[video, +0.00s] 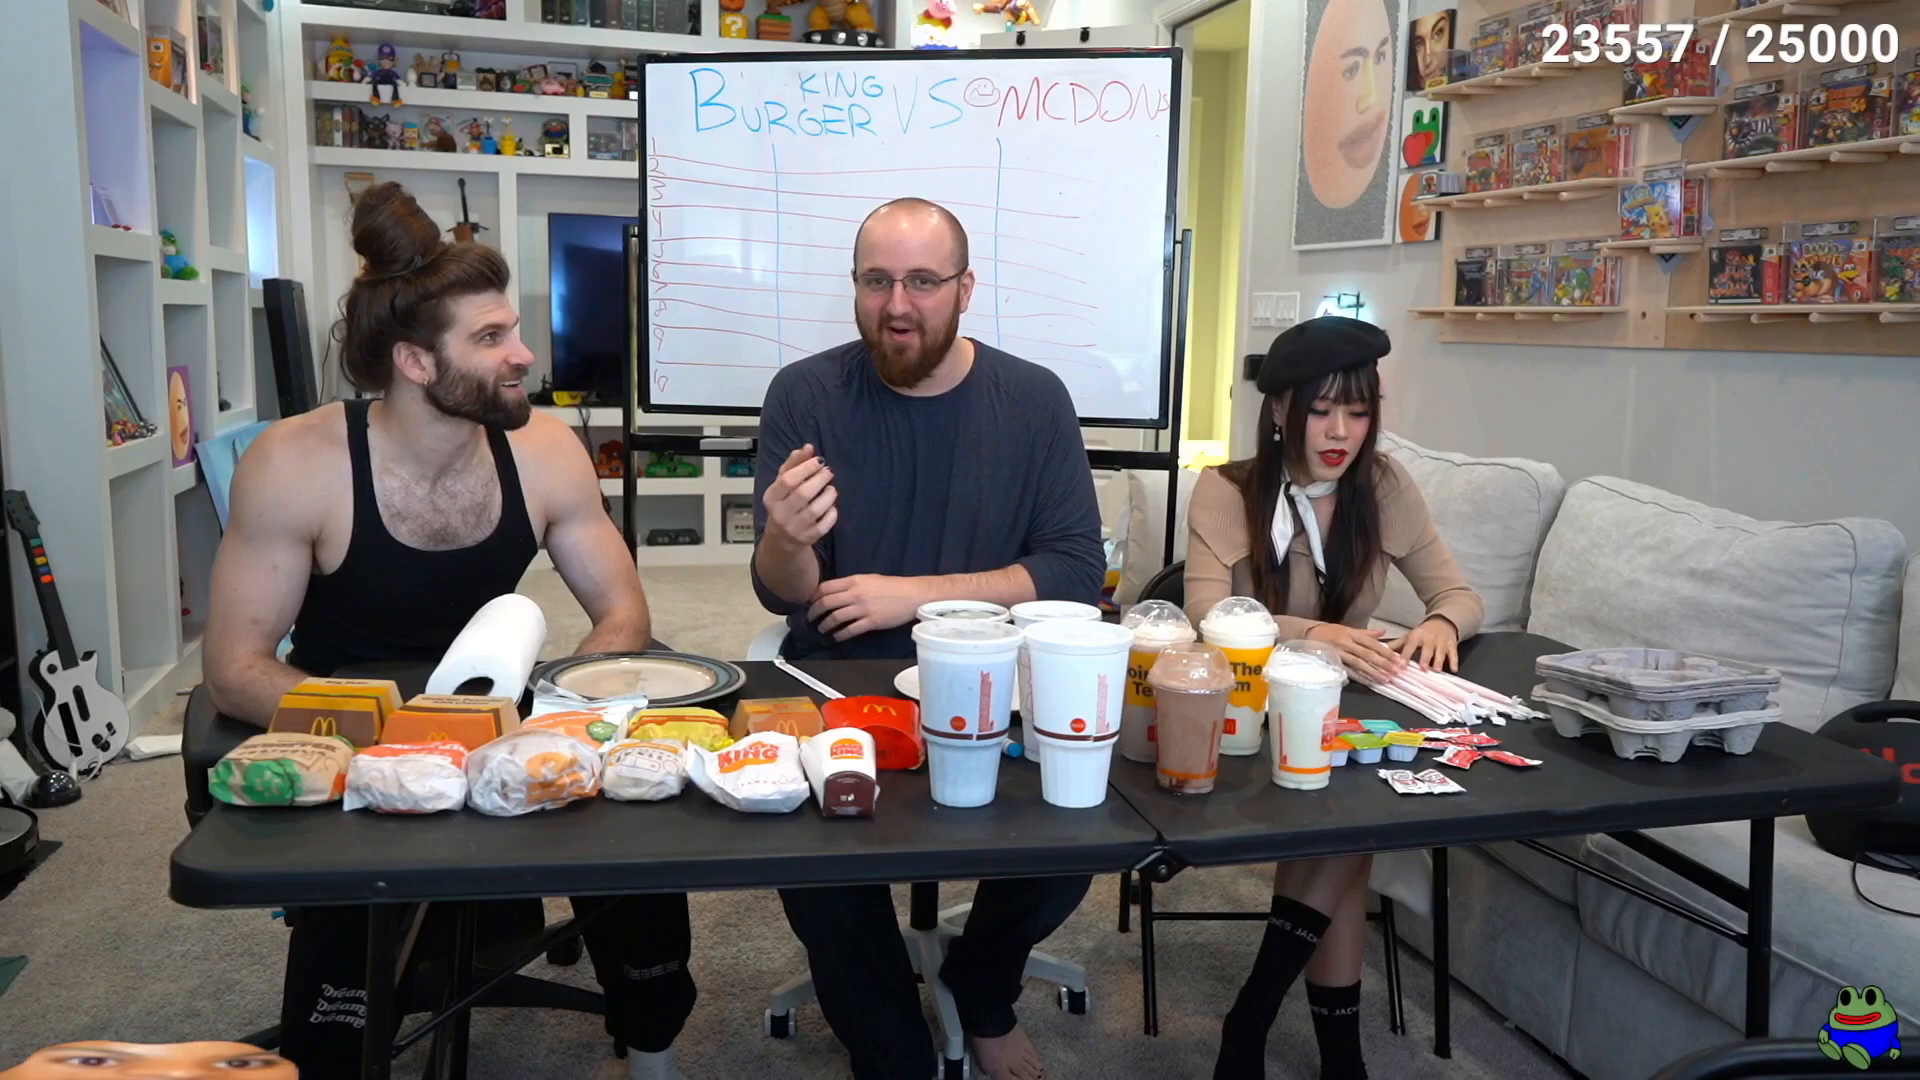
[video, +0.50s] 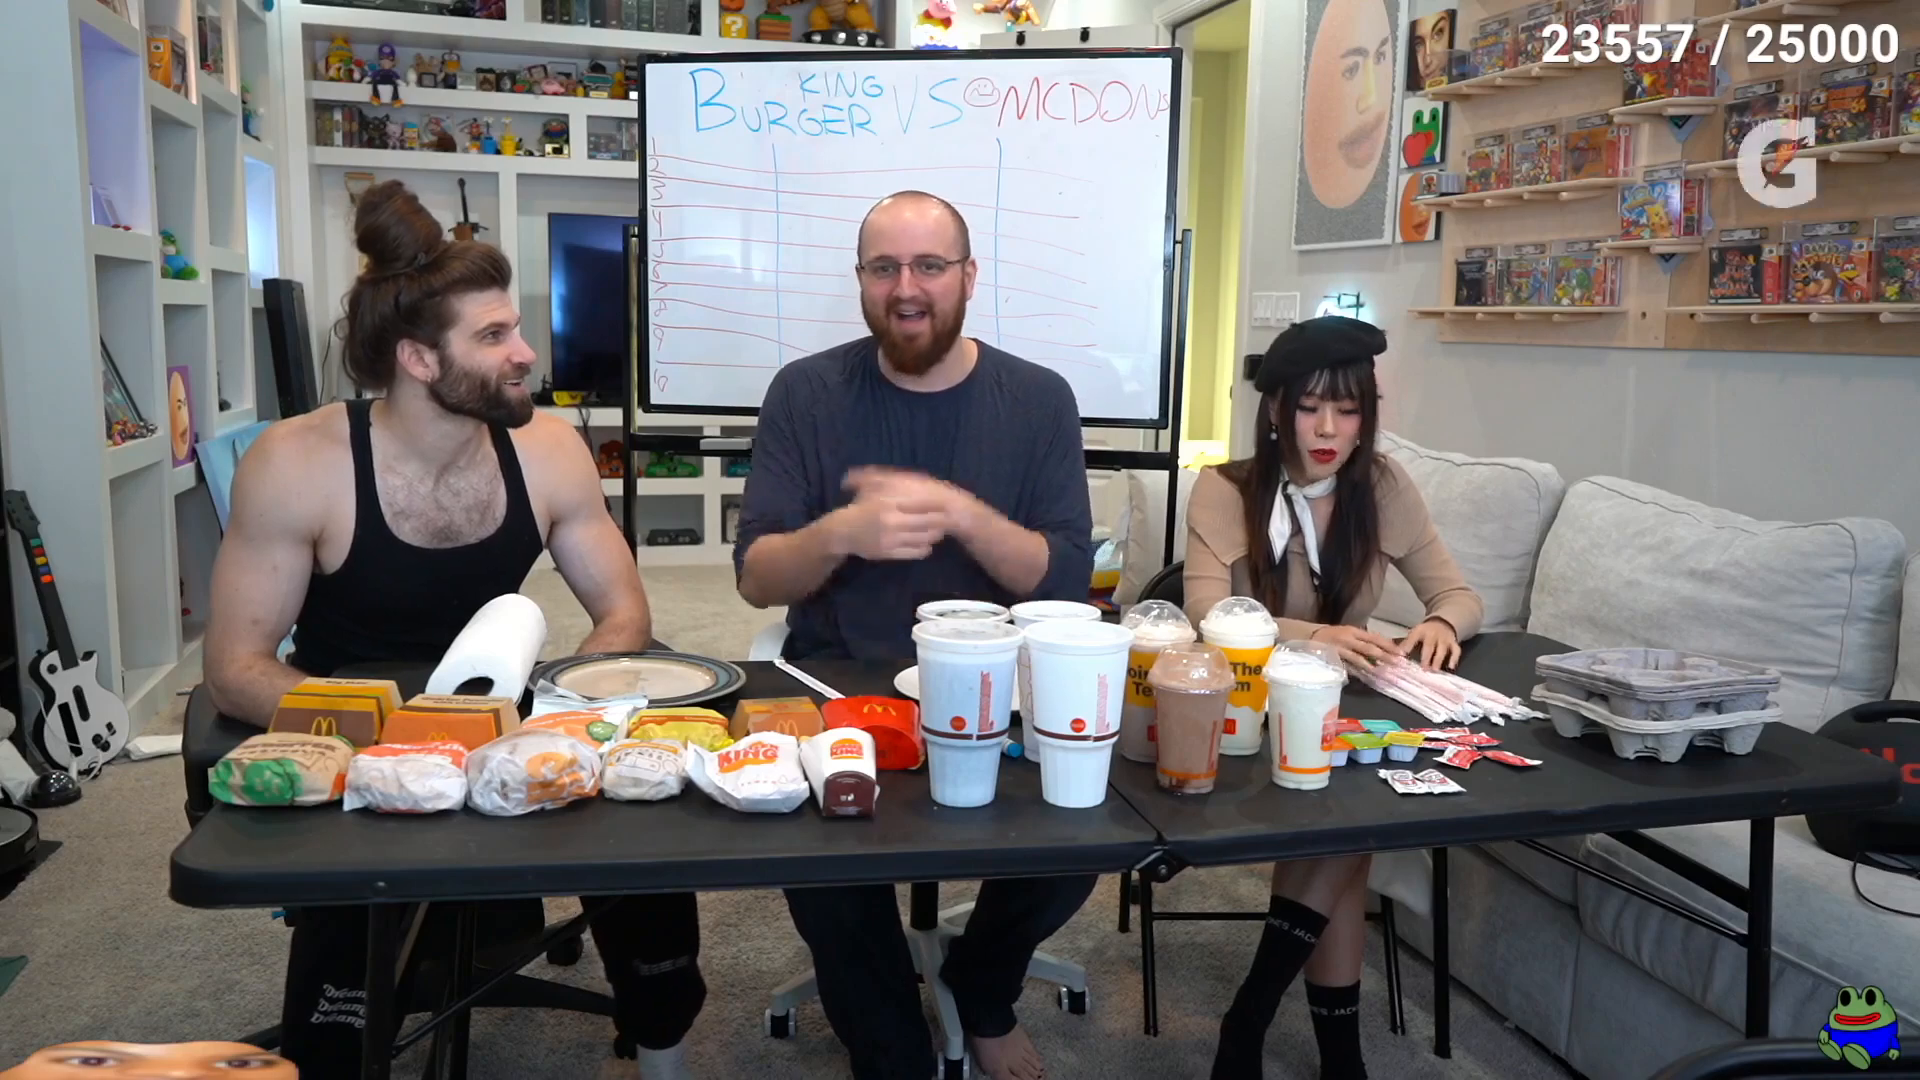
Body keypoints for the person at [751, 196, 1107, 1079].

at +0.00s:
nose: (898, 305)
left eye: (923, 283)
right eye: (878, 281)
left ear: (964, 290)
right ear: (853, 286)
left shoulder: (1033, 399)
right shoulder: (805, 393)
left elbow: (1077, 572)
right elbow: (782, 595)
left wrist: (916, 593)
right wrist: (787, 538)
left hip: (996, 680)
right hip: (840, 685)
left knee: (1070, 835)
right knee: (813, 854)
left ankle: (981, 986)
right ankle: (900, 1058)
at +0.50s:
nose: (906, 288)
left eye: (929, 266)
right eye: (884, 268)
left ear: (969, 278)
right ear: (860, 284)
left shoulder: (1037, 398)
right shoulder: (805, 392)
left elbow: (1069, 585)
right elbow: (758, 580)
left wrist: (967, 515)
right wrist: (840, 531)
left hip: (999, 681)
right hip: (842, 679)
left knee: (1076, 837)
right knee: (819, 851)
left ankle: (980, 986)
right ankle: (898, 1058)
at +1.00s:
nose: (897, 288)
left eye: (920, 268)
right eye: (876, 269)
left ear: (960, 278)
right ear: (852, 282)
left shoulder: (1015, 392)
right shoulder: (800, 396)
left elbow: (1039, 565)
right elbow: (764, 577)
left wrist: (1051, 472)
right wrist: (930, 584)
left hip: (991, 672)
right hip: (839, 677)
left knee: (1076, 830)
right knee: (819, 854)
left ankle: (980, 986)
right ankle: (899, 1060)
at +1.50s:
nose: (935, 294)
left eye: (947, 272)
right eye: (908, 277)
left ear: (964, 276)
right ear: (853, 289)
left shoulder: (1015, 395)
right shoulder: (790, 408)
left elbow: (1083, 575)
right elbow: (727, 575)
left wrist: (1014, 522)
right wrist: (848, 580)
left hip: (998, 681)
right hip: (839, 688)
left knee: (1077, 834)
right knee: (823, 857)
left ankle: (980, 988)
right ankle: (899, 1061)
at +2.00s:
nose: (909, 284)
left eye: (913, 260)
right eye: (877, 270)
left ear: (932, 267)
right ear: (825, 298)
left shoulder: (997, 394)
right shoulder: (771, 427)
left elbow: (1086, 525)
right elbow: (722, 585)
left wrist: (1020, 582)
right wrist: (811, 619)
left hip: (986, 697)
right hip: (835, 704)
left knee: (1074, 832)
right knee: (827, 865)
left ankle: (981, 992)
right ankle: (897, 1061)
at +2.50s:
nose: (873, 282)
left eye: (872, 261)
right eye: (843, 273)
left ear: (884, 267)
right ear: (786, 306)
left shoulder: (958, 380)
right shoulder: (741, 432)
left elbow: (1092, 464)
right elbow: (698, 602)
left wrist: (1078, 367)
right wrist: (805, 623)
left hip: (982, 689)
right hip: (833, 702)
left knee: (1071, 826)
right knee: (820, 861)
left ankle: (982, 991)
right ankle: (895, 1062)